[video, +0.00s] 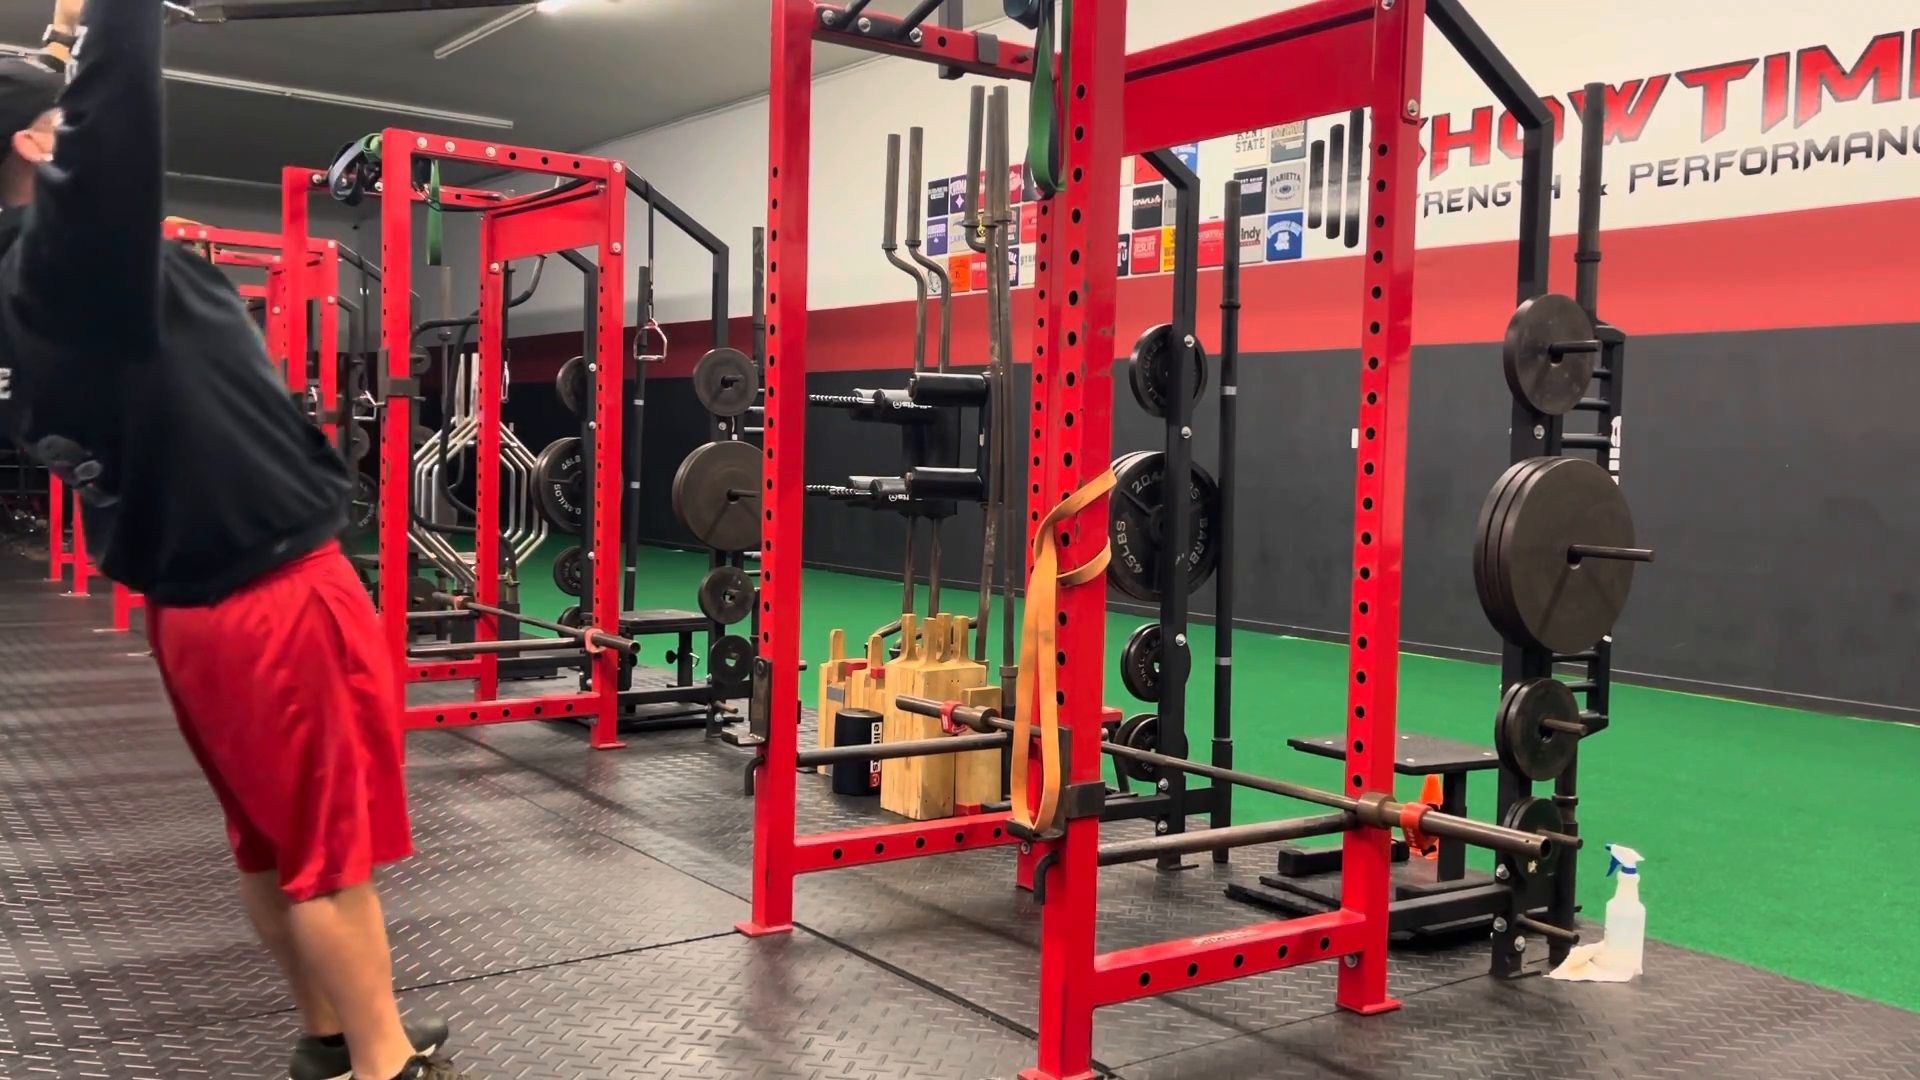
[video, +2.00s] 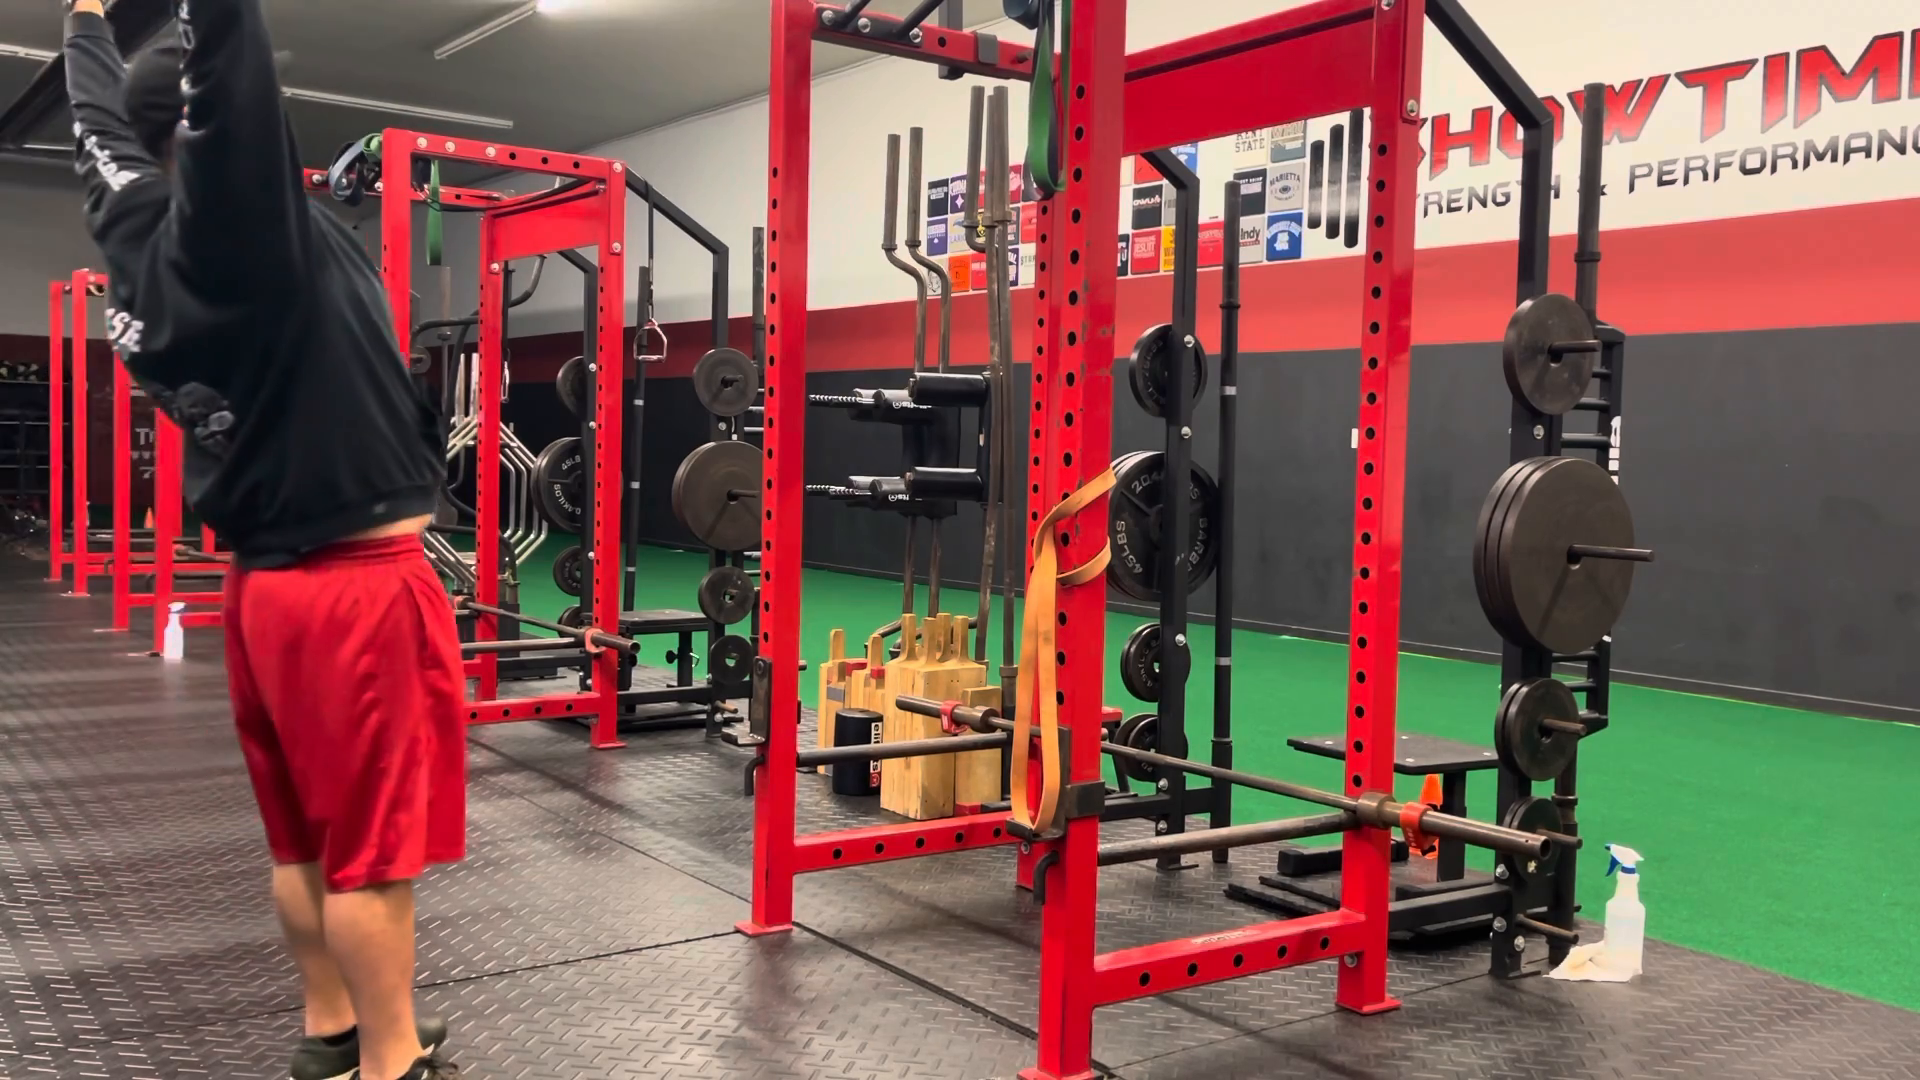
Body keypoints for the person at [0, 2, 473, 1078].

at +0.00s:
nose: (79, 132)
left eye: (74, 117)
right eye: (59, 121)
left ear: (29, 147)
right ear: (31, 148)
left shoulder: (37, 277)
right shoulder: (76, 263)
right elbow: (121, 88)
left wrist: (75, 35)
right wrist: (101, 7)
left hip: (201, 611)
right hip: (269, 606)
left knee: (275, 845)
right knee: (333, 858)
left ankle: (329, 1033)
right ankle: (386, 1061)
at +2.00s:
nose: (248, 122)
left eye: (221, 99)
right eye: (226, 99)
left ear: (149, 137)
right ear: (216, 119)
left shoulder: (146, 239)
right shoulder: (244, 220)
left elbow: (105, 130)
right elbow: (230, 62)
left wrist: (83, 18)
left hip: (263, 591)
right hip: (355, 591)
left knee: (300, 836)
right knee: (371, 855)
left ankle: (331, 1027)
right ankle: (392, 1056)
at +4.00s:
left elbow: (28, 323)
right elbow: (26, 326)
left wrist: (188, 245)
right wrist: (196, 241)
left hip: (38, 634)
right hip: (33, 644)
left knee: (193, 849)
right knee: (205, 879)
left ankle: (318, 1030)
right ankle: (358, 1066)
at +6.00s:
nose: (220, 134)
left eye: (211, 118)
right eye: (200, 119)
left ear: (114, 158)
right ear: (158, 141)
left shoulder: (83, 277)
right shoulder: (169, 254)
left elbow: (51, 152)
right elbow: (161, 98)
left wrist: (68, 34)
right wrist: (133, 1)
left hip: (228, 605)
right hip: (307, 594)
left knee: (293, 845)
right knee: (352, 855)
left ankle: (333, 1025)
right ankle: (389, 1058)